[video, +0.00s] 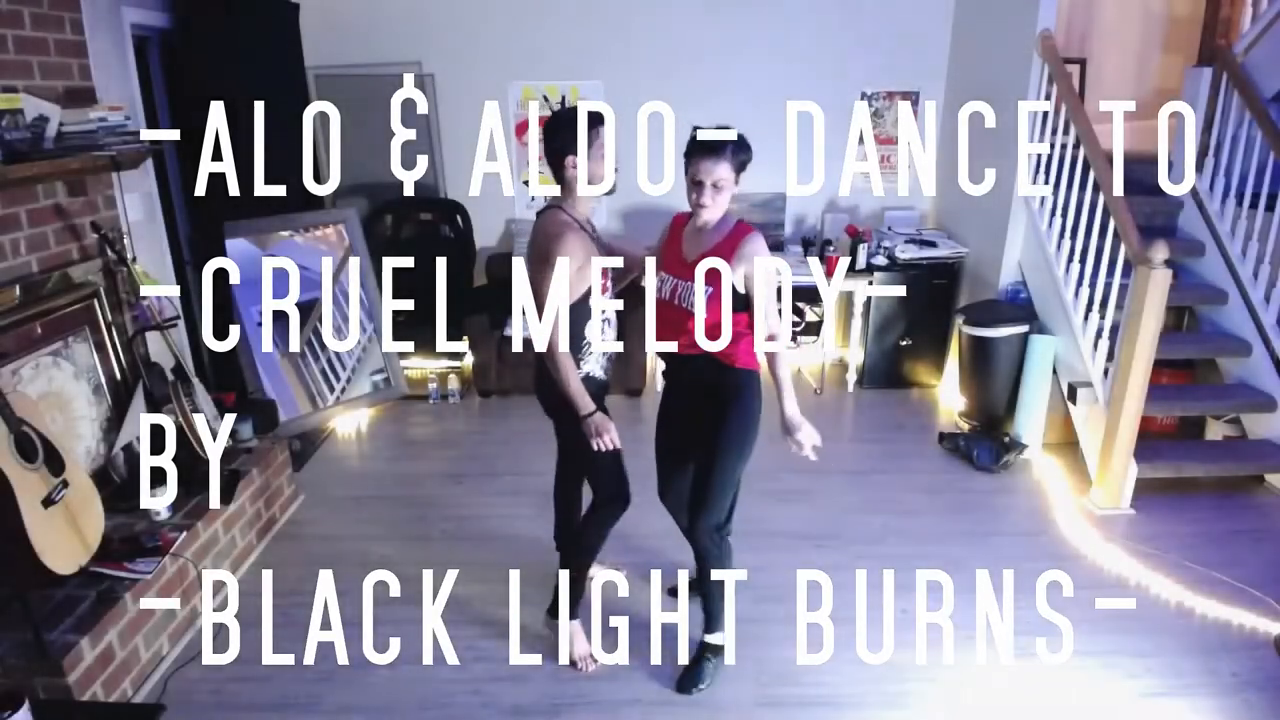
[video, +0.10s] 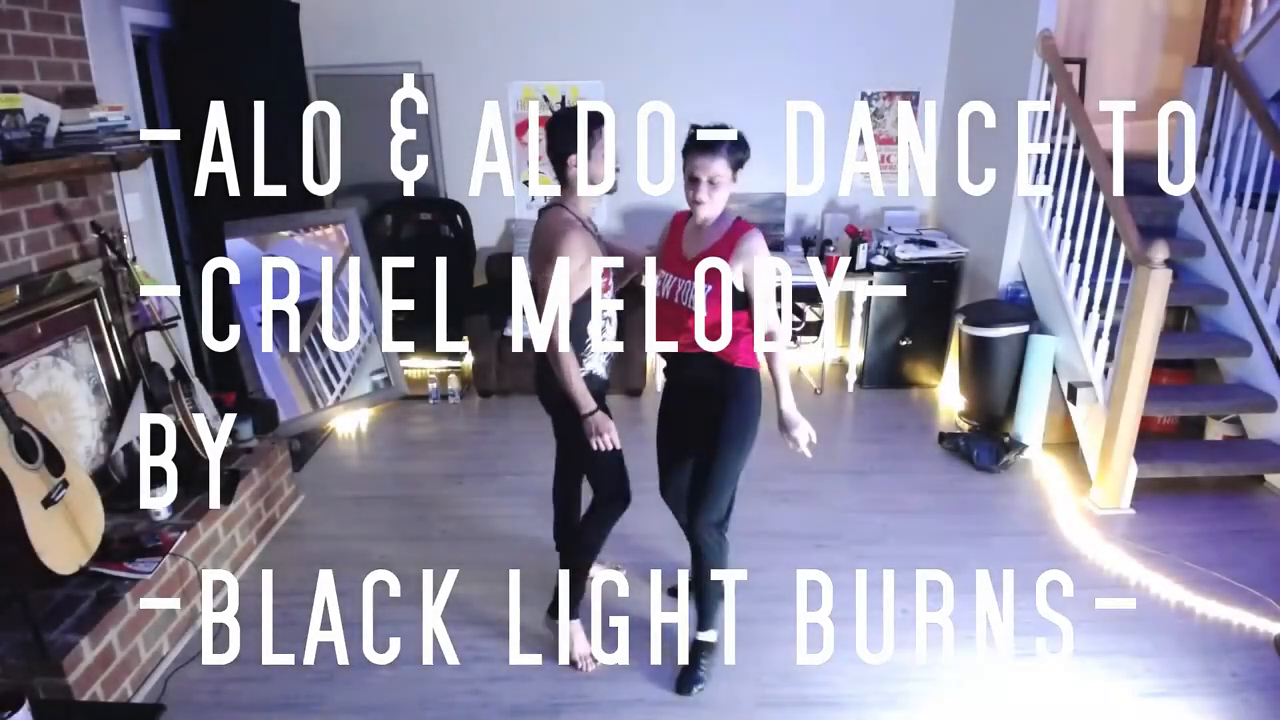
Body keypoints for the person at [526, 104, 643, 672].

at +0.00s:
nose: (610, 162)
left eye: (607, 151)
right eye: (600, 152)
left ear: (568, 165)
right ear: (572, 163)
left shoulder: (569, 219)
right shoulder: (562, 234)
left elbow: (583, 270)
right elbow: (551, 341)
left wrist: (636, 263)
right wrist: (589, 413)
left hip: (574, 374)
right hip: (570, 382)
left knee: (571, 482)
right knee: (613, 495)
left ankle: (571, 578)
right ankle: (565, 607)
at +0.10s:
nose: (613, 162)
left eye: (609, 151)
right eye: (604, 152)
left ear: (567, 163)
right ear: (577, 162)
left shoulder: (567, 219)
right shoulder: (566, 234)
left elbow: (597, 264)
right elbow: (554, 337)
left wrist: (654, 259)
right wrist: (590, 412)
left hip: (570, 373)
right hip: (571, 380)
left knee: (570, 481)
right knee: (613, 495)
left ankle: (570, 579)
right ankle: (566, 609)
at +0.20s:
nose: (618, 161)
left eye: (615, 150)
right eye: (610, 151)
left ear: (566, 160)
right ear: (589, 161)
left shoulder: (563, 216)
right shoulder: (574, 231)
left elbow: (602, 260)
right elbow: (562, 335)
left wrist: (650, 256)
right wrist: (591, 409)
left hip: (565, 368)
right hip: (573, 375)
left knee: (575, 478)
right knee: (600, 494)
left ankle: (572, 568)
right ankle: (558, 614)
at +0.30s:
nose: (620, 158)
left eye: (617, 147)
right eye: (612, 149)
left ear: (565, 158)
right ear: (589, 158)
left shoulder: (563, 215)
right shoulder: (577, 228)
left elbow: (579, 275)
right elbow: (566, 333)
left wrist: (621, 267)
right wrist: (593, 407)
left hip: (565, 366)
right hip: (573, 373)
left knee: (578, 480)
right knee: (592, 495)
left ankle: (570, 569)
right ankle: (558, 620)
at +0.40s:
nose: (626, 158)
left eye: (622, 146)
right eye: (616, 149)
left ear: (568, 158)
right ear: (591, 158)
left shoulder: (567, 214)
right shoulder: (583, 227)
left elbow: (618, 251)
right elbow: (575, 334)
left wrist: (649, 255)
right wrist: (599, 406)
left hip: (566, 366)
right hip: (574, 373)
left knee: (579, 485)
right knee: (578, 495)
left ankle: (570, 568)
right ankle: (557, 623)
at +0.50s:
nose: (629, 156)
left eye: (626, 144)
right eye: (620, 147)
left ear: (582, 158)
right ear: (590, 158)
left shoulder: (578, 212)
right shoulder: (579, 228)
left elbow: (614, 252)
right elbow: (574, 328)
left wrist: (645, 250)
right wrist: (603, 406)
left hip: (579, 364)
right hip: (575, 373)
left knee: (588, 473)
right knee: (574, 495)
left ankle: (572, 560)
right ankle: (558, 617)